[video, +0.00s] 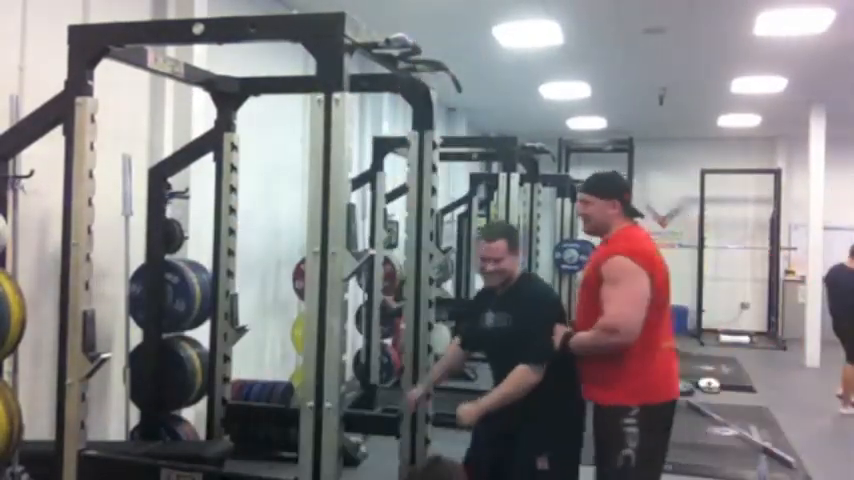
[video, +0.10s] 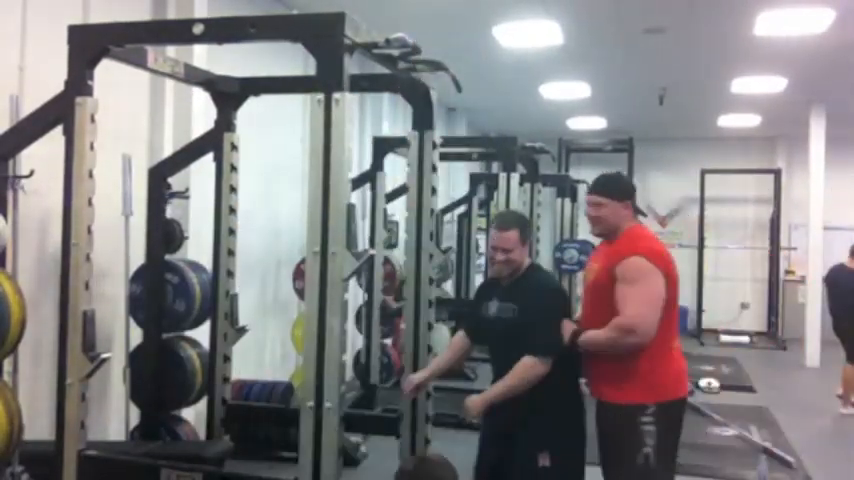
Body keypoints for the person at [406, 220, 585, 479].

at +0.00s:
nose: (489, 268)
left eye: (497, 261)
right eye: (484, 261)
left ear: (517, 256)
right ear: (477, 258)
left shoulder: (540, 298)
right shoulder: (484, 299)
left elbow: (533, 370)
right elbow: (460, 347)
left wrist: (480, 407)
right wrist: (425, 386)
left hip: (550, 414)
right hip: (507, 408)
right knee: (479, 466)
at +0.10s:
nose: (498, 258)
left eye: (506, 251)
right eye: (494, 250)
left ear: (526, 248)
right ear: (488, 245)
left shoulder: (547, 290)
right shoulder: (489, 289)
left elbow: (539, 362)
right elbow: (466, 337)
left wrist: (485, 399)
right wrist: (426, 373)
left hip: (549, 415)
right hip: (505, 410)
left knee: (543, 472)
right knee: (490, 473)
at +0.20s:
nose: (500, 250)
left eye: (509, 245)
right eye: (495, 243)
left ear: (529, 245)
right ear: (488, 241)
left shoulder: (548, 287)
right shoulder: (488, 284)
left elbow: (549, 356)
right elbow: (470, 334)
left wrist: (499, 400)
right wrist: (444, 368)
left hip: (548, 411)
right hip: (501, 407)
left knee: (546, 472)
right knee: (494, 472)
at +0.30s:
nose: (500, 248)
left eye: (509, 242)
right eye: (495, 240)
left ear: (527, 240)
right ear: (488, 237)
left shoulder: (550, 285)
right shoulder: (482, 285)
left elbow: (561, 352)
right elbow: (469, 337)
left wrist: (520, 409)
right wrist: (461, 377)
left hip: (543, 414)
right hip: (493, 413)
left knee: (538, 473)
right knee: (491, 473)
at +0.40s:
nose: (497, 248)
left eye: (506, 242)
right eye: (492, 240)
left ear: (524, 238)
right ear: (485, 235)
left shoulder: (550, 284)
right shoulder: (477, 284)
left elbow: (569, 351)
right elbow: (465, 345)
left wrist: (548, 418)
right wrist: (472, 392)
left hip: (535, 418)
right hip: (492, 415)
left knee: (524, 474)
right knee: (489, 473)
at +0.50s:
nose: (496, 250)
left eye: (505, 244)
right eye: (489, 241)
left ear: (522, 239)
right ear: (482, 236)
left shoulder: (548, 286)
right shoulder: (471, 286)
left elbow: (574, 352)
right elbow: (458, 351)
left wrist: (569, 425)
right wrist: (475, 404)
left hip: (535, 420)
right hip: (488, 420)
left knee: (527, 473)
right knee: (490, 474)